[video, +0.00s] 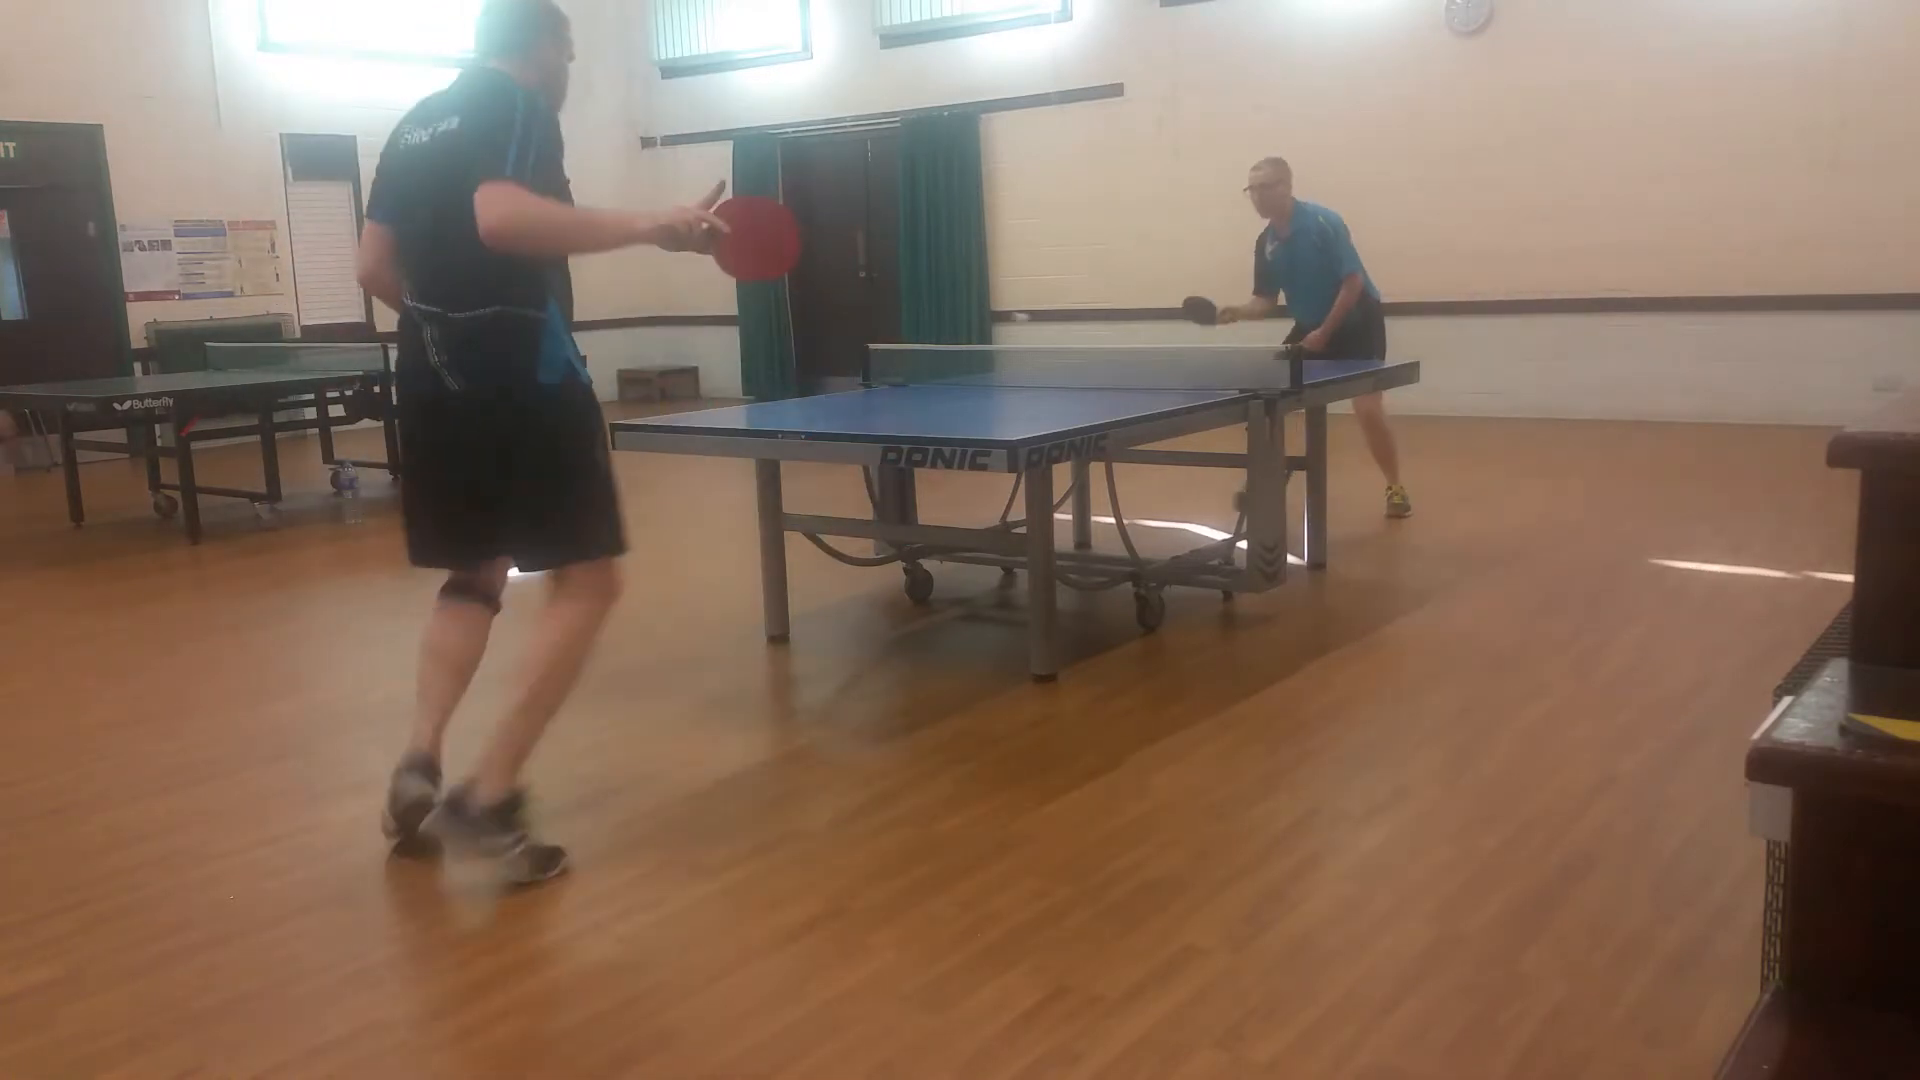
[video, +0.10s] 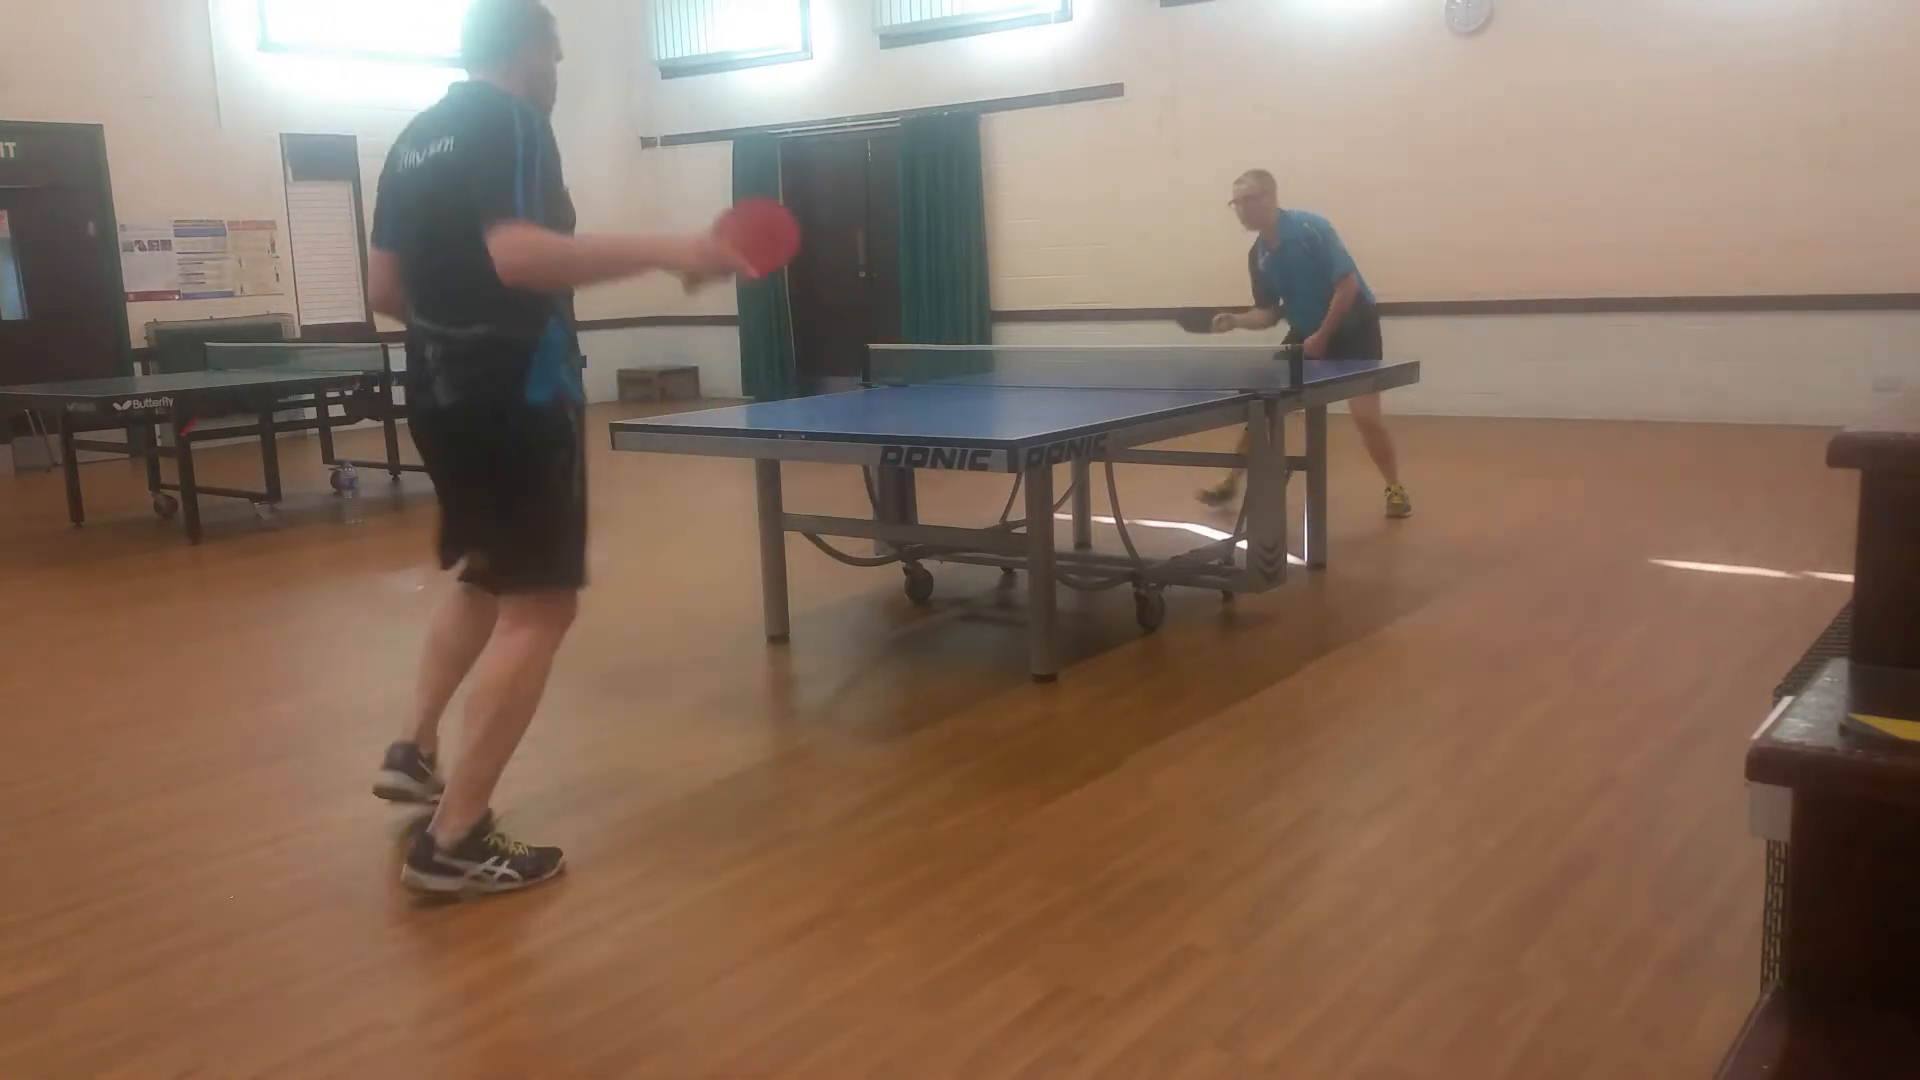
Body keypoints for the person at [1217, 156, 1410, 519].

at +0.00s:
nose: (1255, 197)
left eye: (1263, 188)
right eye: (1251, 190)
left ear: (1286, 187)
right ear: (1250, 194)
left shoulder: (1325, 223)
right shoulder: (1266, 243)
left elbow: (1354, 283)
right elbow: (1265, 300)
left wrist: (1322, 333)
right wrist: (1237, 311)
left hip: (1357, 319)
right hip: (1310, 325)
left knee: (1367, 409)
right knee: (1270, 402)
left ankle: (1394, 486)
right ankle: (1266, 488)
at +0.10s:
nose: (1237, 210)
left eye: (1243, 201)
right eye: (1234, 203)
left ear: (1268, 199)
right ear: (1235, 207)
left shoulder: (1312, 228)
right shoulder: (1259, 255)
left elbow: (1348, 285)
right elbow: (1268, 314)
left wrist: (1322, 336)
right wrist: (1235, 318)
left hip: (1351, 323)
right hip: (1306, 330)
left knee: (1365, 414)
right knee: (1265, 403)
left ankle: (1394, 486)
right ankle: (1230, 482)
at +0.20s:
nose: (1219, 228)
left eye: (1224, 218)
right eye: (1215, 221)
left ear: (1247, 214)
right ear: (1217, 224)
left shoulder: (1292, 237)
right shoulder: (1245, 271)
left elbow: (1337, 289)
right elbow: (1267, 327)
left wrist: (1316, 342)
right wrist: (1227, 324)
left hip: (1340, 330)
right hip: (1298, 341)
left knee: (1357, 418)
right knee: (1256, 417)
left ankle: (1393, 487)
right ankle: (1216, 490)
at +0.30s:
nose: (1195, 241)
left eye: (1200, 231)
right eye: (1192, 234)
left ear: (1223, 227)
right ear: (1196, 238)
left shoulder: (1271, 243)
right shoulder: (1228, 285)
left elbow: (1323, 285)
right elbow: (1256, 336)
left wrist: (1308, 346)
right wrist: (1215, 328)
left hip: (1331, 338)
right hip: (1283, 349)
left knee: (1354, 420)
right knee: (1238, 416)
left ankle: (1393, 487)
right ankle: (1211, 492)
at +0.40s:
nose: (1179, 248)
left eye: (1183, 238)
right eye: (1175, 242)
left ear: (1205, 232)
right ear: (1182, 245)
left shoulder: (1258, 244)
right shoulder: (1211, 292)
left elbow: (1311, 280)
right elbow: (1229, 341)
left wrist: (1297, 339)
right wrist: (1185, 332)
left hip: (1322, 337)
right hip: (1273, 350)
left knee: (1354, 420)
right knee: (1230, 413)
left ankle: (1394, 486)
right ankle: (1210, 491)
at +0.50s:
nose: (1171, 247)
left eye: (1176, 237)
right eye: (1167, 241)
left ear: (1200, 231)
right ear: (1168, 248)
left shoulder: (1249, 243)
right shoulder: (1195, 291)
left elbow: (1302, 277)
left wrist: (1293, 332)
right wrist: (1148, 335)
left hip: (1317, 329)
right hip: (1269, 345)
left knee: (1350, 413)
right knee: (1228, 409)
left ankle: (1395, 485)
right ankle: (1210, 493)